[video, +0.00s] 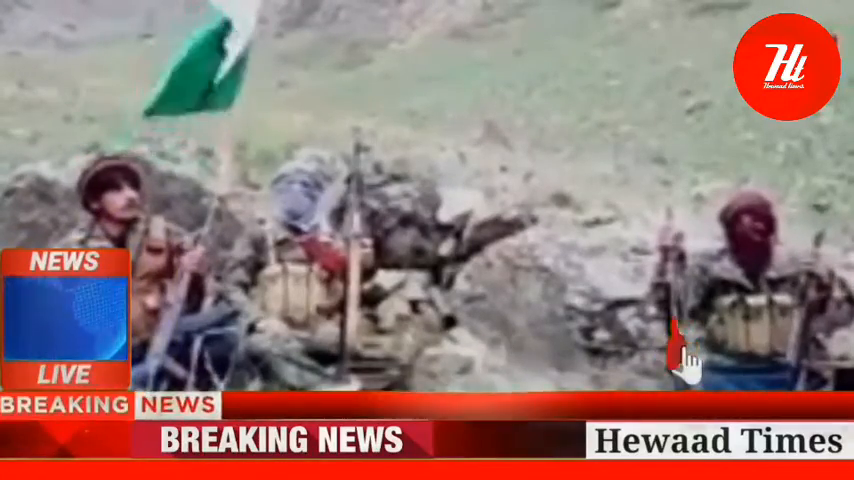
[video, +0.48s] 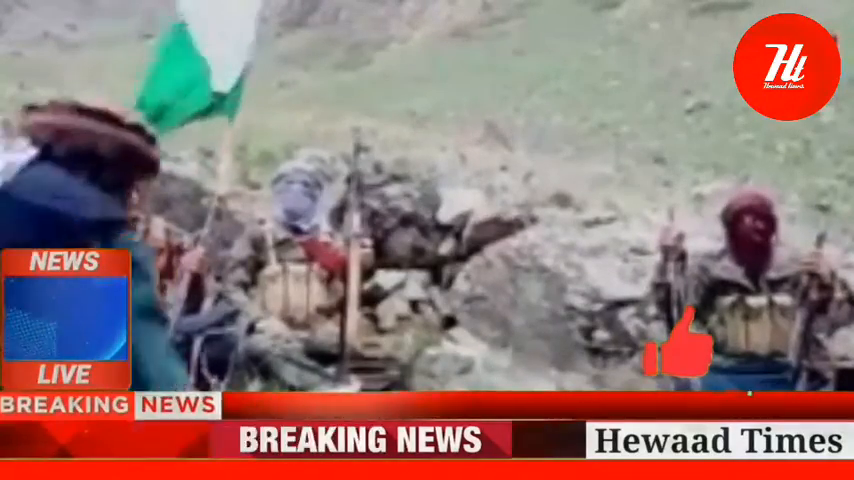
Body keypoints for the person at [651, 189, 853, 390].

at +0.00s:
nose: (760, 226)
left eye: (766, 220)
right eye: (751, 217)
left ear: (773, 228)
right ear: (732, 224)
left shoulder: (794, 271)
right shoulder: (706, 269)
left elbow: (841, 314)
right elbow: (673, 310)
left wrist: (824, 296)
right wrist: (668, 265)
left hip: (782, 374)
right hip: (721, 374)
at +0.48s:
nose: (758, 225)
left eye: (764, 219)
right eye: (749, 217)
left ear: (773, 228)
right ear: (732, 225)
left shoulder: (795, 271)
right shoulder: (706, 269)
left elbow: (832, 319)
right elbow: (675, 315)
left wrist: (828, 285)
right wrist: (669, 264)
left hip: (782, 372)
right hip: (722, 373)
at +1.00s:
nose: (759, 224)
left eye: (765, 218)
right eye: (750, 216)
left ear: (774, 227)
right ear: (732, 224)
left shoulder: (795, 270)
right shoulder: (705, 268)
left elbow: (823, 323)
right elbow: (674, 317)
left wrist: (829, 286)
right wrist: (669, 264)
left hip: (783, 372)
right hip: (721, 373)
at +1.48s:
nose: (762, 224)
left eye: (768, 217)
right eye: (752, 215)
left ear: (775, 226)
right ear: (732, 221)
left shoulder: (794, 270)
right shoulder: (703, 268)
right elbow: (675, 316)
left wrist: (827, 290)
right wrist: (667, 266)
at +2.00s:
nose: (763, 226)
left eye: (768, 220)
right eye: (754, 217)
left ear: (774, 227)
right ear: (732, 223)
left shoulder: (795, 270)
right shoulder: (703, 269)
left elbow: (832, 319)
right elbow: (676, 313)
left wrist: (828, 290)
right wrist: (667, 269)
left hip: (787, 374)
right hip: (720, 375)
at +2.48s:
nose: (758, 224)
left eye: (763, 217)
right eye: (749, 216)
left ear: (772, 225)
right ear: (731, 224)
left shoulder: (795, 268)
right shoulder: (704, 267)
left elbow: (837, 319)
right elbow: (675, 312)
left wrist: (829, 288)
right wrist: (665, 268)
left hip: (788, 375)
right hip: (724, 374)